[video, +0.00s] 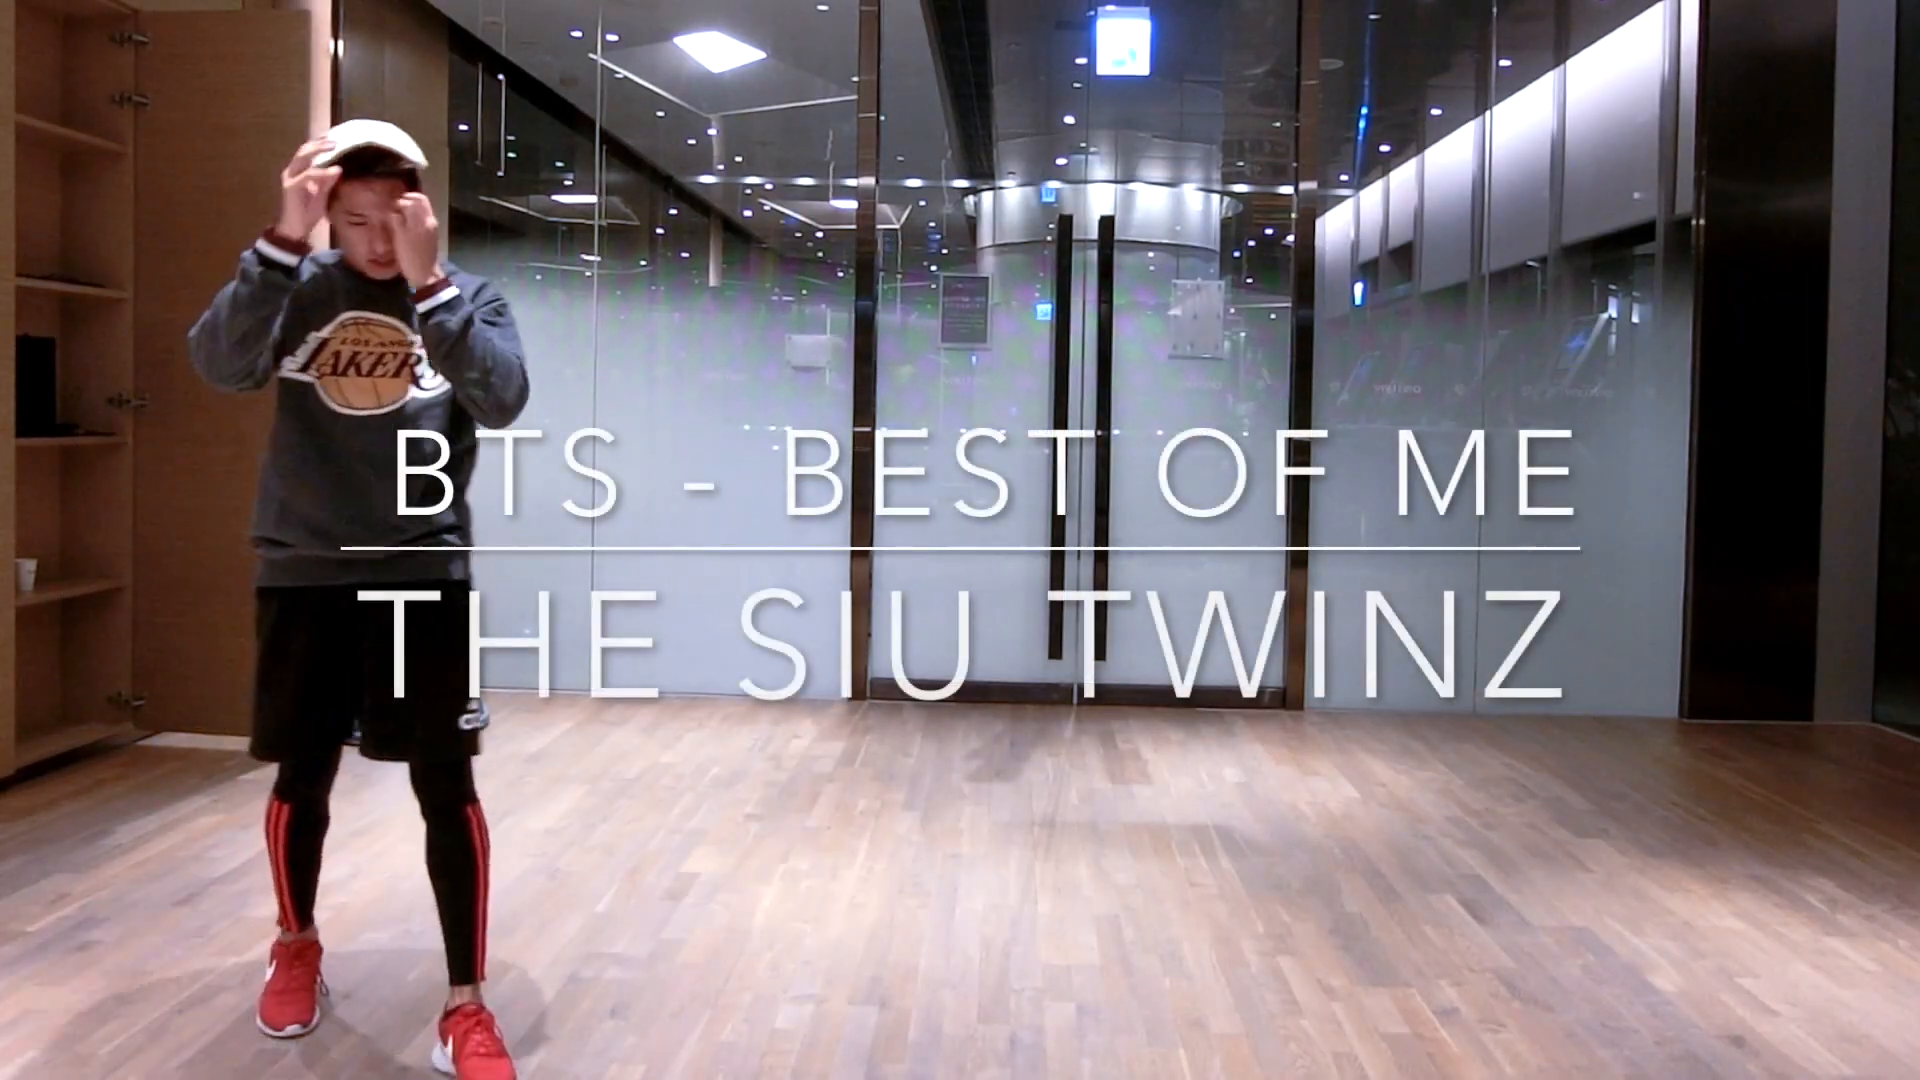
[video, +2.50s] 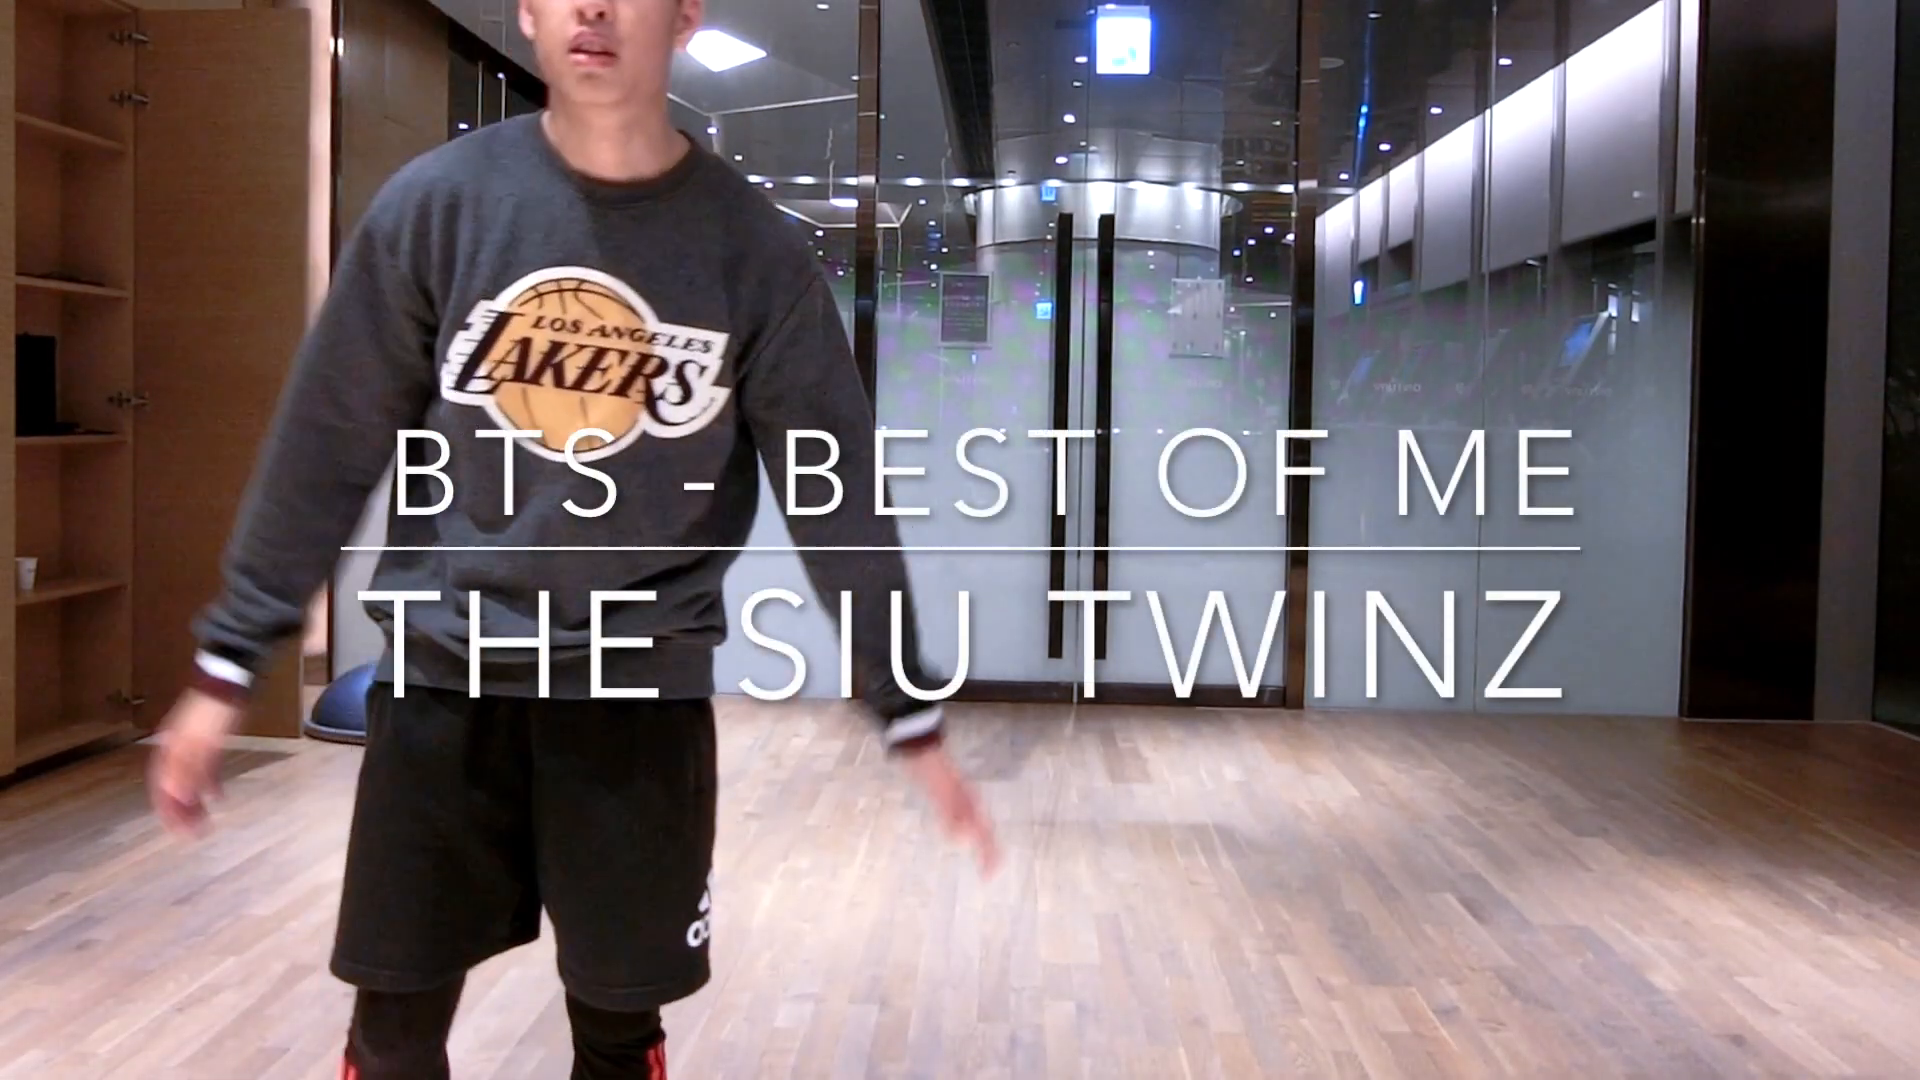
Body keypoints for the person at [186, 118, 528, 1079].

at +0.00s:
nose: (372, 218)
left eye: (391, 200)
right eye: (354, 203)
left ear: (422, 210)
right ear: (324, 213)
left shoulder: (464, 298)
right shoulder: (299, 292)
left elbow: (504, 399)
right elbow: (224, 365)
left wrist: (427, 282)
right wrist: (285, 241)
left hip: (428, 572)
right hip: (310, 570)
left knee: (447, 784)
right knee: (302, 777)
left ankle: (468, 1002)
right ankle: (294, 946)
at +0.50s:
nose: (451, 210)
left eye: (469, 190)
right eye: (435, 194)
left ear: (503, 196)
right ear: (407, 202)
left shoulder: (550, 278)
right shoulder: (375, 276)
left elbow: (570, 380)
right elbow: (287, 328)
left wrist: (516, 243)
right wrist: (367, 208)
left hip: (500, 575)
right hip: (379, 573)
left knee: (489, 801)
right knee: (366, 807)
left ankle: (470, 1010)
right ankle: (351, 1049)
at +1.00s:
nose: (429, 163)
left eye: (450, 141)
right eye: (407, 142)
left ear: (485, 158)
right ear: (378, 160)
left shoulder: (531, 272)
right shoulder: (341, 274)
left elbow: (624, 245)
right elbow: (219, 240)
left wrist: (522, 144)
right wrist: (331, 141)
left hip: (502, 604)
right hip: (369, 605)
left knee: (489, 833)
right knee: (374, 862)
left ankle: (469, 1002)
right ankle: (385, 1071)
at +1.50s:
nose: (408, 156)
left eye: (433, 132)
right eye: (383, 130)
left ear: (469, 150)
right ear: (343, 144)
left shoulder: (518, 265)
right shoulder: (277, 254)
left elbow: (536, 399)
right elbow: (261, 399)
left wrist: (499, 219)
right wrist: (323, 213)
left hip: (485, 622)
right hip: (330, 624)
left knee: (515, 909)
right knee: (355, 910)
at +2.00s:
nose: (406, 72)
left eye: (437, 44)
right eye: (383, 45)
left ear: (497, 76)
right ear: (356, 77)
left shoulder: (579, 268)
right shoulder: (306, 262)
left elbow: (623, 494)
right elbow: (254, 496)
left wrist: (674, 698)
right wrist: (206, 714)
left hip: (508, 674)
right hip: (343, 671)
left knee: (524, 979)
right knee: (368, 947)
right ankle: (385, 1079)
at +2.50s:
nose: (591, 11)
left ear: (685, 17)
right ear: (526, 21)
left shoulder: (754, 243)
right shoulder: (431, 204)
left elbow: (833, 489)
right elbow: (323, 444)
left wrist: (909, 718)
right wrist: (221, 672)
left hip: (636, 692)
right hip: (441, 687)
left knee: (618, 1031)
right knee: (396, 1022)